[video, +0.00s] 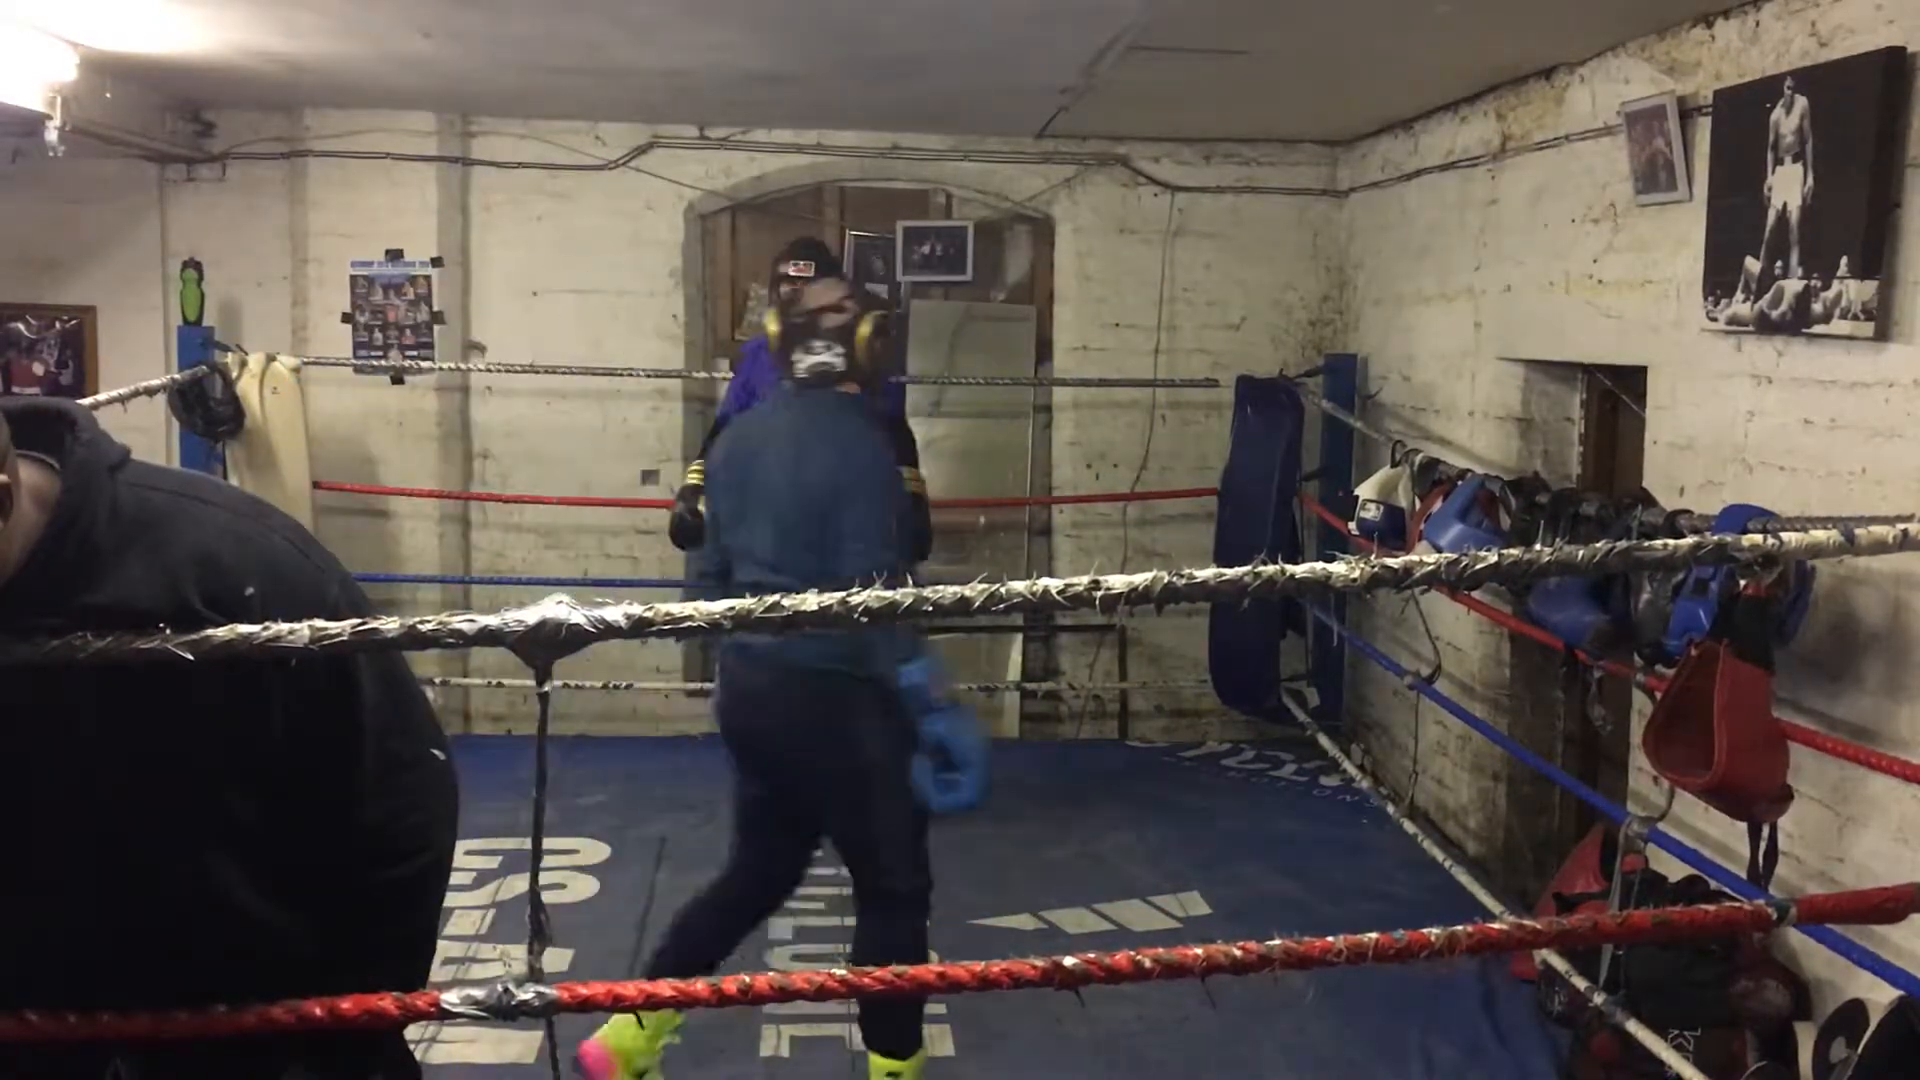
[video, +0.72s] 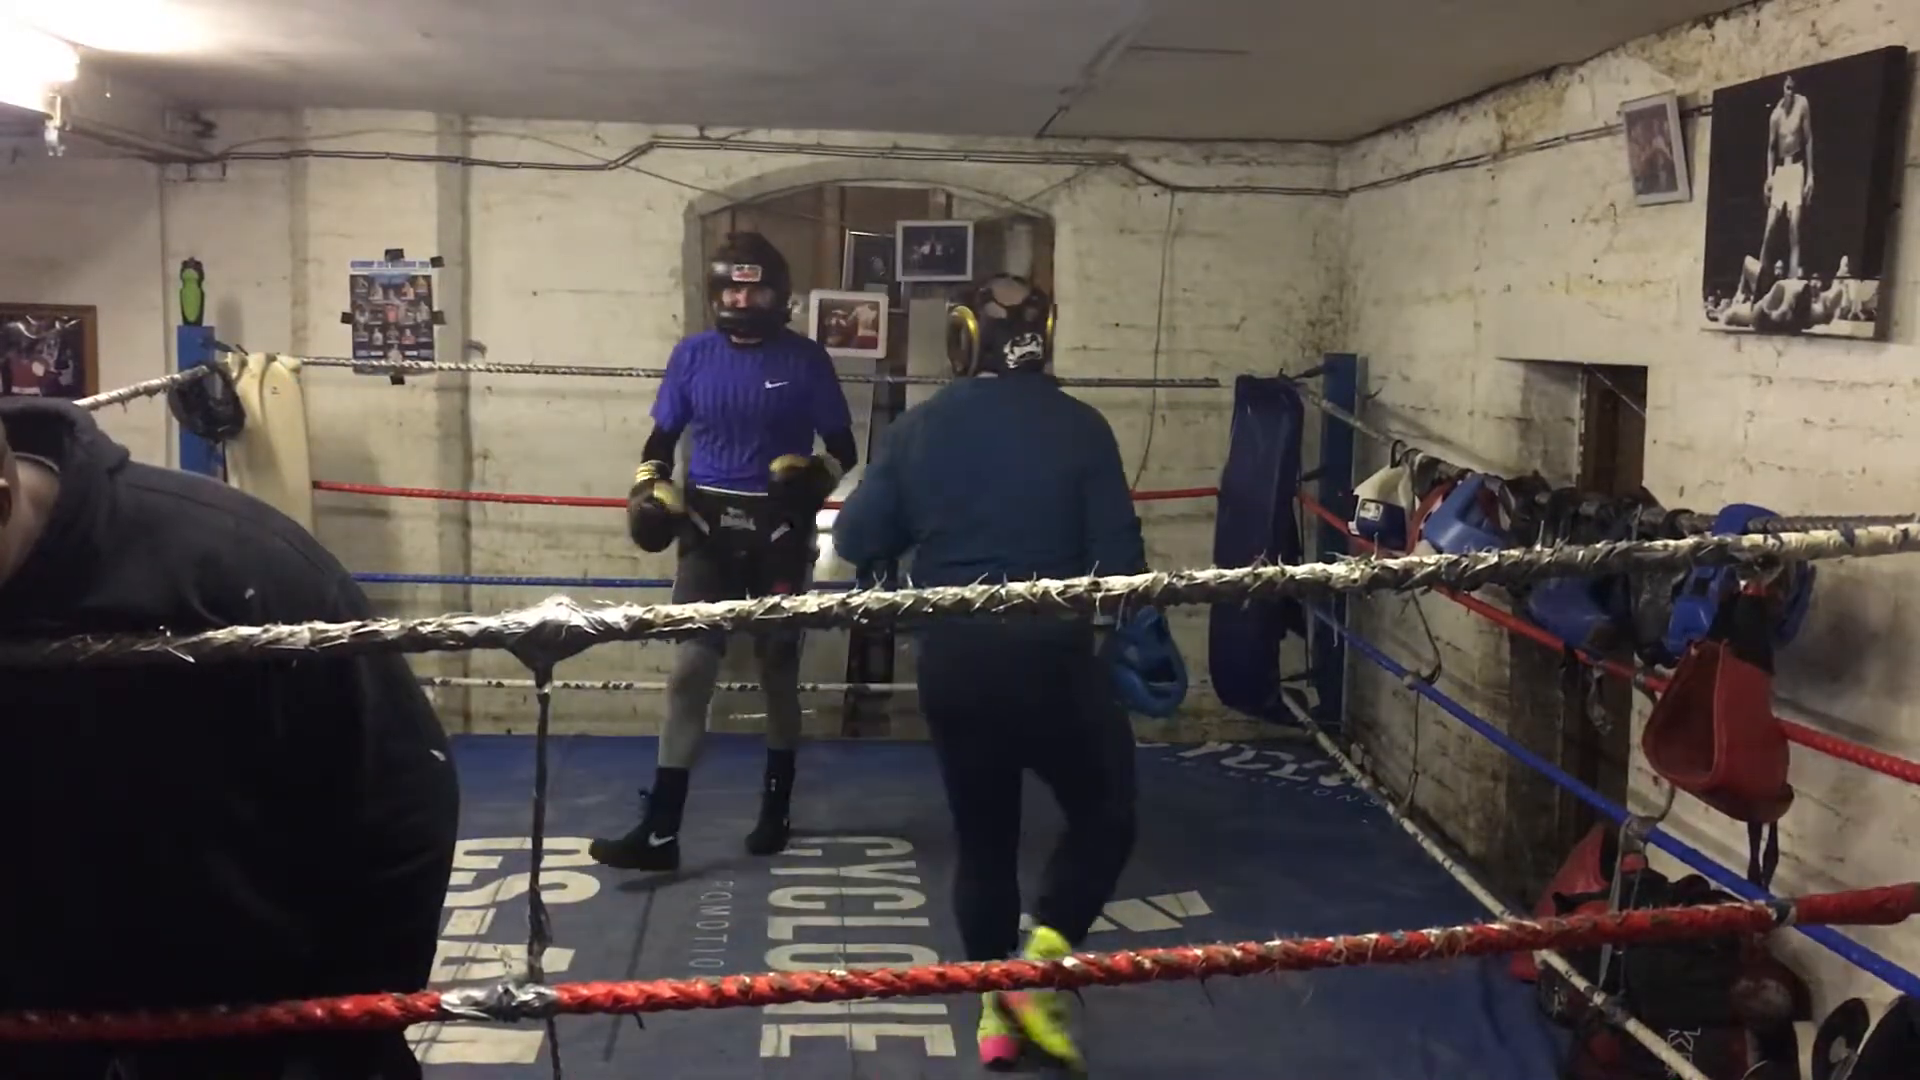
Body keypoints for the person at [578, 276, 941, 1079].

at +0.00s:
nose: (886, 359)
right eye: (879, 345)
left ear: (786, 352)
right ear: (862, 351)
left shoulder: (736, 439)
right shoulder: (859, 444)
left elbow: (709, 576)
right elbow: (874, 587)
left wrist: (725, 664)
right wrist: (928, 699)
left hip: (753, 688)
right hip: (838, 693)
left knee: (761, 872)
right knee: (894, 880)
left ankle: (628, 1040)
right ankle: (894, 1061)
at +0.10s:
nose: (920, 352)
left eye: (912, 334)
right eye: (919, 339)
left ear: (834, 343)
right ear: (916, 346)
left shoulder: (772, 436)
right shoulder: (919, 446)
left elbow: (733, 563)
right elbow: (957, 581)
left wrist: (733, 670)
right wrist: (1014, 678)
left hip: (797, 685)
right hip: (893, 689)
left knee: (835, 844)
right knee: (912, 876)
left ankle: (712, 976)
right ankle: (896, 1058)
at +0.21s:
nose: (951, 346)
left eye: (941, 329)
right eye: (952, 334)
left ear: (865, 338)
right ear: (953, 342)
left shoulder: (804, 433)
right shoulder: (969, 444)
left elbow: (754, 560)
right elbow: (1021, 571)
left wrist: (749, 660)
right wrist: (1078, 661)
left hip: (820, 676)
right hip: (920, 684)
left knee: (875, 826)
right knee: (926, 866)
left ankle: (806, 978)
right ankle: (900, 1055)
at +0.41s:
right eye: (1001, 350)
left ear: (926, 358)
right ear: (1006, 359)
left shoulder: (869, 442)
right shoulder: (1042, 447)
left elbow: (804, 563)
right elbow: (1099, 564)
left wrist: (823, 641)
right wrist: (1150, 646)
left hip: (885, 681)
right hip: (987, 687)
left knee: (953, 846)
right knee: (944, 868)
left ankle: (993, 1018)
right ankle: (903, 1059)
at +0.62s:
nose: (1032, 349)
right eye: (1031, 337)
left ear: (952, 347)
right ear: (1031, 348)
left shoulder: (906, 432)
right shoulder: (1068, 430)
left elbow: (841, 548)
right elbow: (1111, 556)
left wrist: (850, 606)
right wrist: (1143, 648)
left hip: (935, 674)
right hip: (1033, 673)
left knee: (974, 835)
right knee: (1070, 837)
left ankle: (988, 1005)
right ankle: (981, 987)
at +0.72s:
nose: (1041, 344)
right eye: (1039, 332)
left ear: (964, 344)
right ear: (1041, 344)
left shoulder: (922, 428)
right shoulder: (1081, 426)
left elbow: (850, 545)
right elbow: (1118, 553)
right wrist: (1144, 642)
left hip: (954, 669)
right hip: (1055, 664)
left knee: (983, 840)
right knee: (1104, 817)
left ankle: (997, 1017)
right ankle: (1045, 952)